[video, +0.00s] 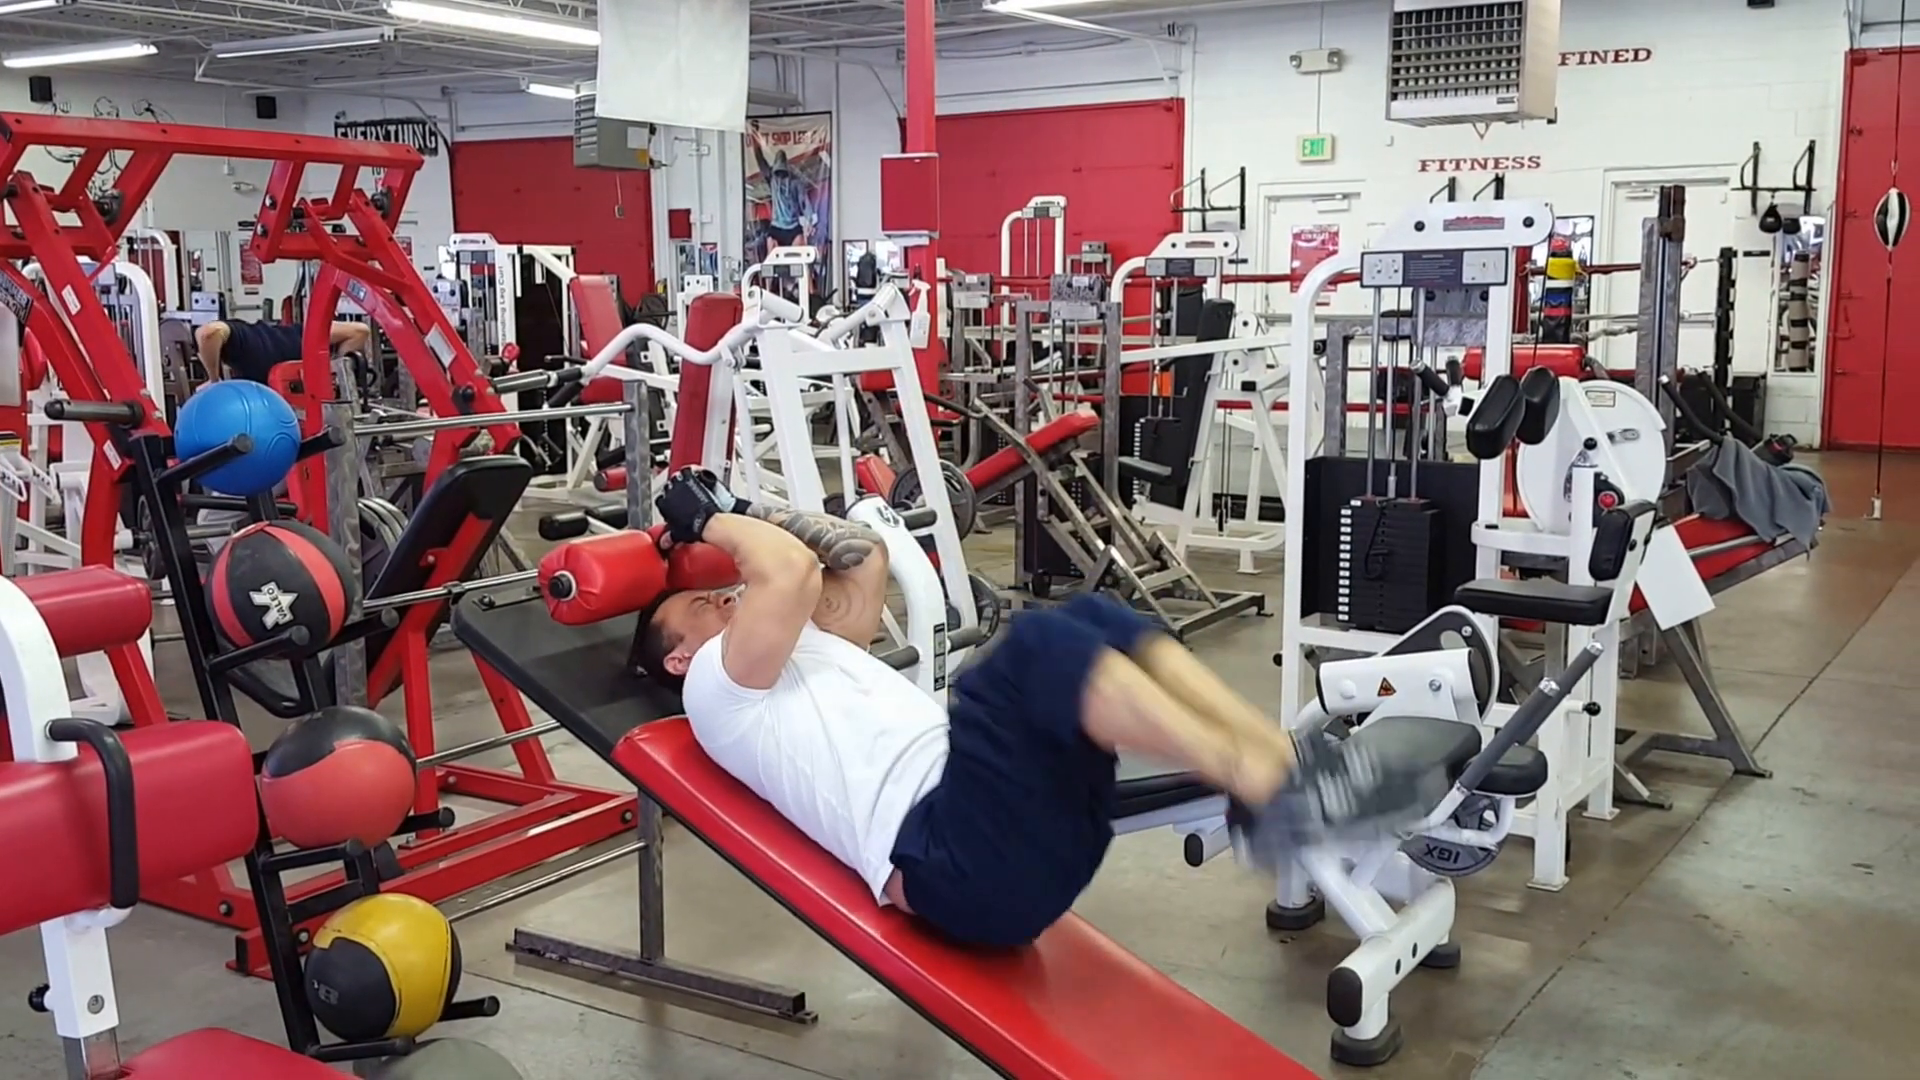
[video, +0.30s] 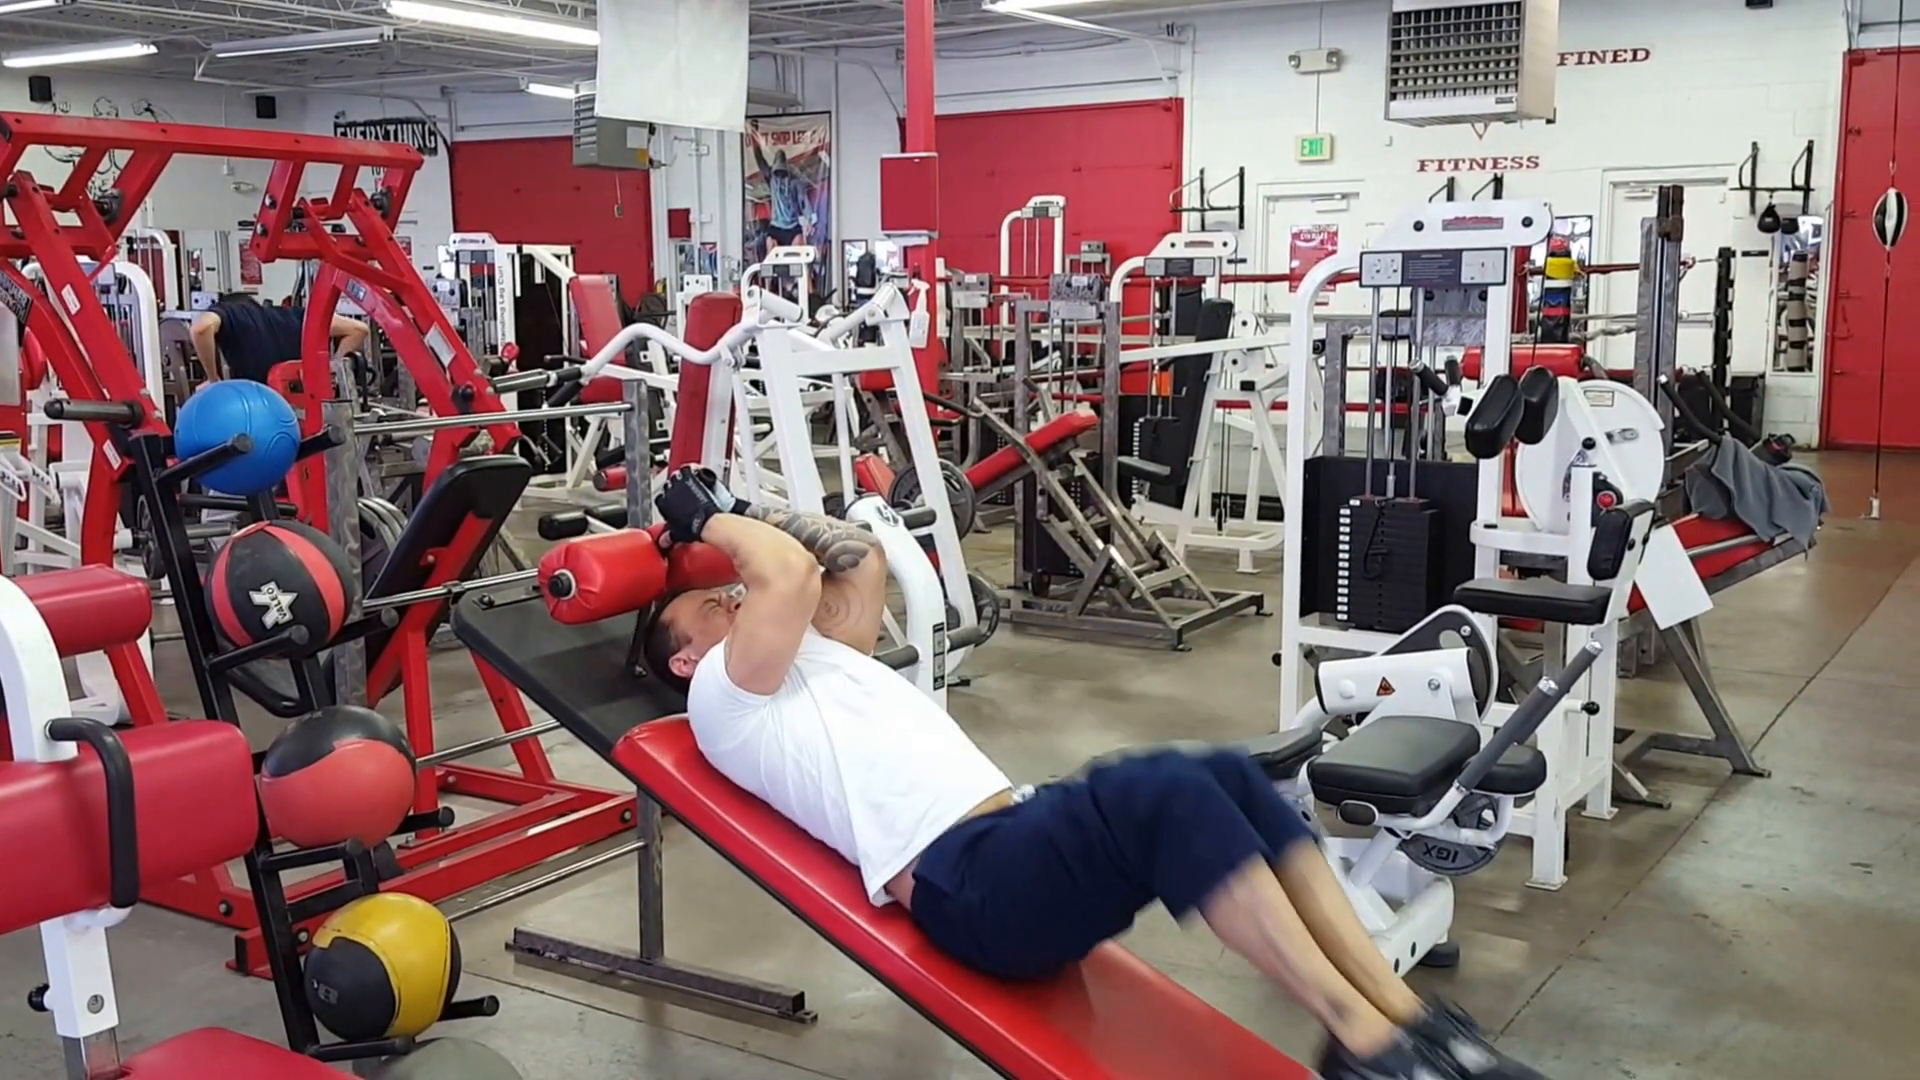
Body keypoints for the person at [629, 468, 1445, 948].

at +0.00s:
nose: (712, 612)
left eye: (699, 606)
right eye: (690, 615)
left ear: (712, 614)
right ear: (677, 650)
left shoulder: (818, 648)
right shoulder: (716, 691)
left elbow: (860, 554)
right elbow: (784, 563)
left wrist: (750, 531)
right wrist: (711, 521)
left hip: (1012, 824)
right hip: (952, 865)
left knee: (1098, 613)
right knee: (1044, 643)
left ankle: (1283, 767)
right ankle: (1250, 780)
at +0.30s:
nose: (734, 599)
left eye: (722, 593)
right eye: (707, 604)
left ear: (736, 612)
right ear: (682, 644)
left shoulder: (830, 660)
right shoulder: (721, 695)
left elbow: (866, 558)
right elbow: (784, 565)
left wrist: (752, 549)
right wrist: (706, 527)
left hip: (1027, 831)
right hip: (962, 875)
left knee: (1238, 775)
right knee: (1171, 790)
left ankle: (1402, 1014)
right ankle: (1354, 1036)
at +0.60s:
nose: (733, 602)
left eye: (725, 595)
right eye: (707, 606)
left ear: (738, 613)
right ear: (684, 646)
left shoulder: (825, 664)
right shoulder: (722, 698)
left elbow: (869, 562)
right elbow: (786, 571)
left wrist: (760, 541)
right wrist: (703, 528)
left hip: (1022, 837)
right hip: (962, 882)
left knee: (1232, 774)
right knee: (1176, 793)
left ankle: (1433, 984)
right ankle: (1387, 1014)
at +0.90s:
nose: (725, 605)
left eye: (720, 597)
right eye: (701, 608)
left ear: (742, 603)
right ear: (671, 660)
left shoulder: (805, 656)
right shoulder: (707, 694)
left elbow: (863, 562)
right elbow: (785, 573)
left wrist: (756, 529)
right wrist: (711, 521)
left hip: (1025, 816)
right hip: (962, 840)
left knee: (970, 595)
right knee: (942, 600)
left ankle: (1163, 502)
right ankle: (1155, 500)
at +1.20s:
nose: (716, 603)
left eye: (708, 600)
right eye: (694, 610)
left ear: (717, 608)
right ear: (670, 651)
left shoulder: (771, 662)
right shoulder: (698, 686)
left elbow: (867, 604)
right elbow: (773, 572)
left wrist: (762, 550)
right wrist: (704, 516)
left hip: (1021, 682)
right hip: (958, 706)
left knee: (951, 471)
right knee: (891, 460)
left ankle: (987, 223)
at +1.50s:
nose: (722, 612)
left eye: (715, 607)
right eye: (699, 617)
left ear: (727, 614)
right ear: (672, 666)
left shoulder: (795, 664)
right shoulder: (704, 696)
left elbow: (848, 604)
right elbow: (781, 574)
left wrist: (754, 527)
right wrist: (706, 517)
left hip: (1039, 719)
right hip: (966, 753)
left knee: (940, 524)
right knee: (879, 515)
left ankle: (1039, 331)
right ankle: (1027, 328)